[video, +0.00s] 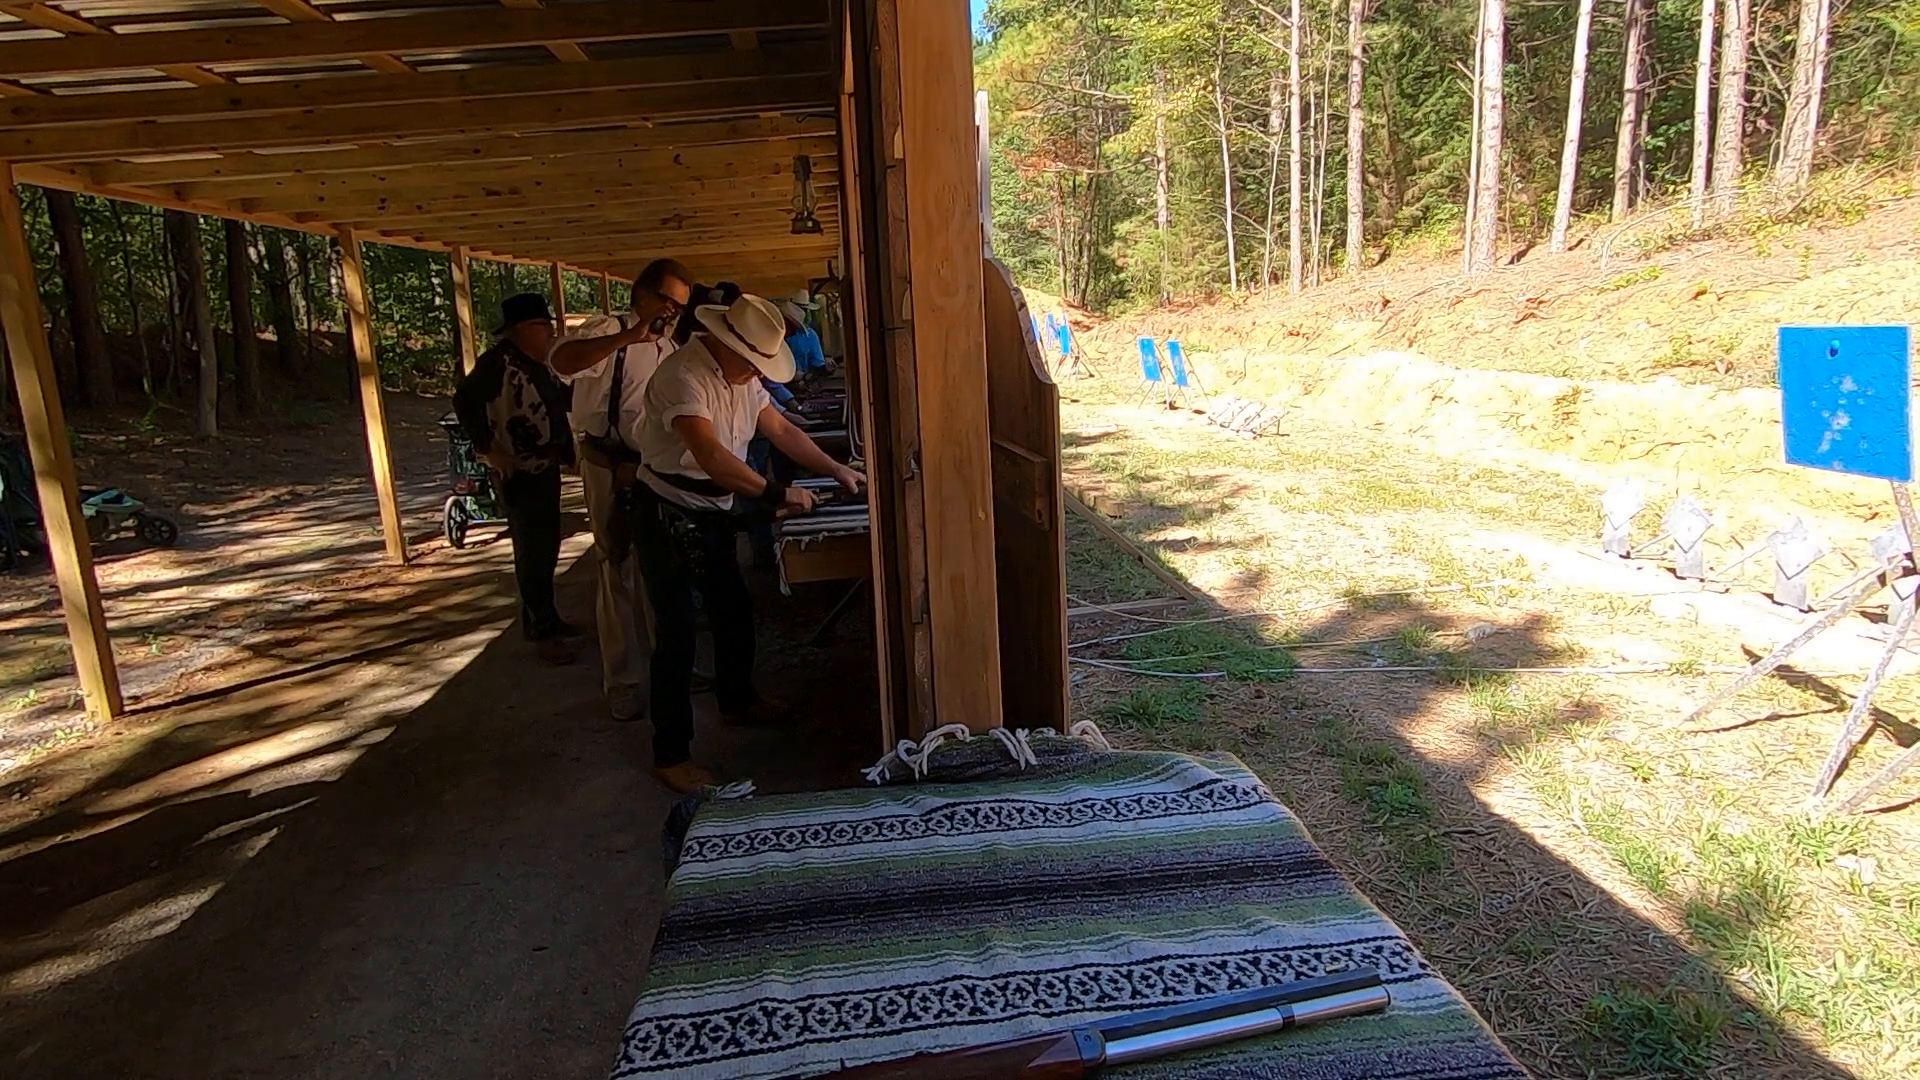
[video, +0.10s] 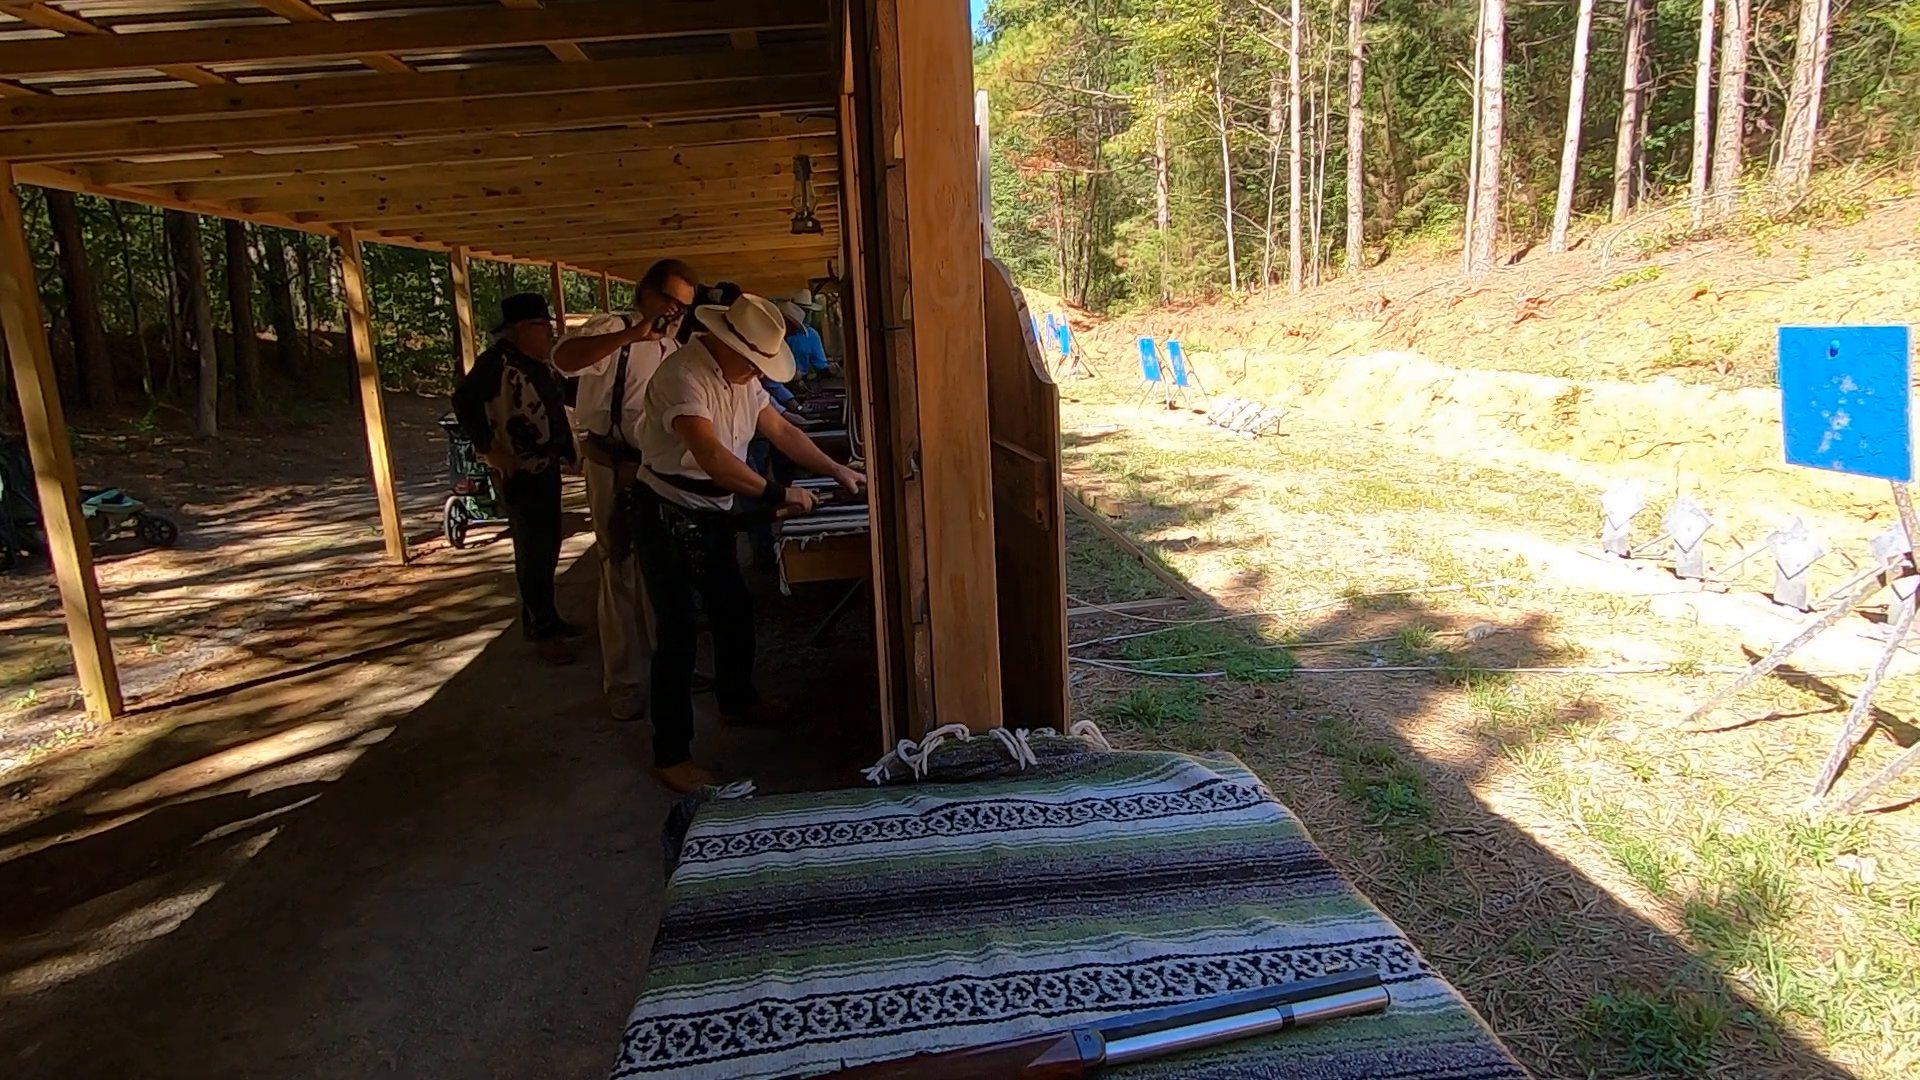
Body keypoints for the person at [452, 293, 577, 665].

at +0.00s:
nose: (549, 334)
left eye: (548, 326)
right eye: (541, 326)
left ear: (540, 329)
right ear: (519, 330)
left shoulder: (542, 364)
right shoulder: (497, 362)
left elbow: (556, 409)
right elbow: (465, 399)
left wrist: (566, 449)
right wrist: (486, 447)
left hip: (546, 470)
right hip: (518, 472)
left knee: (547, 546)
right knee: (532, 549)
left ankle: (546, 619)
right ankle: (539, 627)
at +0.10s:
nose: (549, 333)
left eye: (549, 326)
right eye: (542, 326)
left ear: (537, 329)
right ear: (519, 329)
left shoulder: (540, 365)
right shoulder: (496, 361)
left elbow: (570, 393)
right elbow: (464, 399)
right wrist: (487, 447)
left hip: (547, 469)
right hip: (520, 472)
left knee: (547, 547)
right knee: (533, 550)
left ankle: (546, 619)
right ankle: (540, 628)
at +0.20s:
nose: (549, 332)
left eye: (548, 325)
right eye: (541, 326)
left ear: (535, 328)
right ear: (519, 329)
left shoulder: (541, 365)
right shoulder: (495, 361)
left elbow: (572, 388)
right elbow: (462, 401)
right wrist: (487, 447)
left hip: (548, 469)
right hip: (521, 471)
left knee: (549, 547)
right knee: (534, 550)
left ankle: (547, 620)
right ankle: (540, 630)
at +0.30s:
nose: (548, 332)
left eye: (547, 325)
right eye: (541, 326)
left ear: (535, 328)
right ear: (518, 329)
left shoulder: (542, 366)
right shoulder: (494, 361)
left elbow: (577, 387)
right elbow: (461, 402)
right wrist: (486, 447)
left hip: (549, 469)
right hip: (521, 471)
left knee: (550, 546)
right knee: (534, 550)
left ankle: (547, 619)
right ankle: (540, 630)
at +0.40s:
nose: (548, 335)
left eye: (547, 328)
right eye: (540, 328)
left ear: (536, 330)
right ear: (518, 329)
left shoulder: (544, 367)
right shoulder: (493, 362)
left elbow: (580, 388)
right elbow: (460, 403)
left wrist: (618, 386)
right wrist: (486, 448)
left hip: (549, 469)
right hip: (521, 471)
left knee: (550, 546)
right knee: (533, 550)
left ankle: (547, 619)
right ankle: (540, 630)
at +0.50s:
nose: (548, 337)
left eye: (547, 330)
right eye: (542, 329)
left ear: (532, 330)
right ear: (520, 330)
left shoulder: (540, 367)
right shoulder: (492, 362)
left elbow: (573, 391)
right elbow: (460, 403)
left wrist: (609, 388)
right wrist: (487, 449)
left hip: (548, 470)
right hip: (520, 473)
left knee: (549, 547)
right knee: (533, 550)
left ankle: (547, 619)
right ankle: (540, 630)